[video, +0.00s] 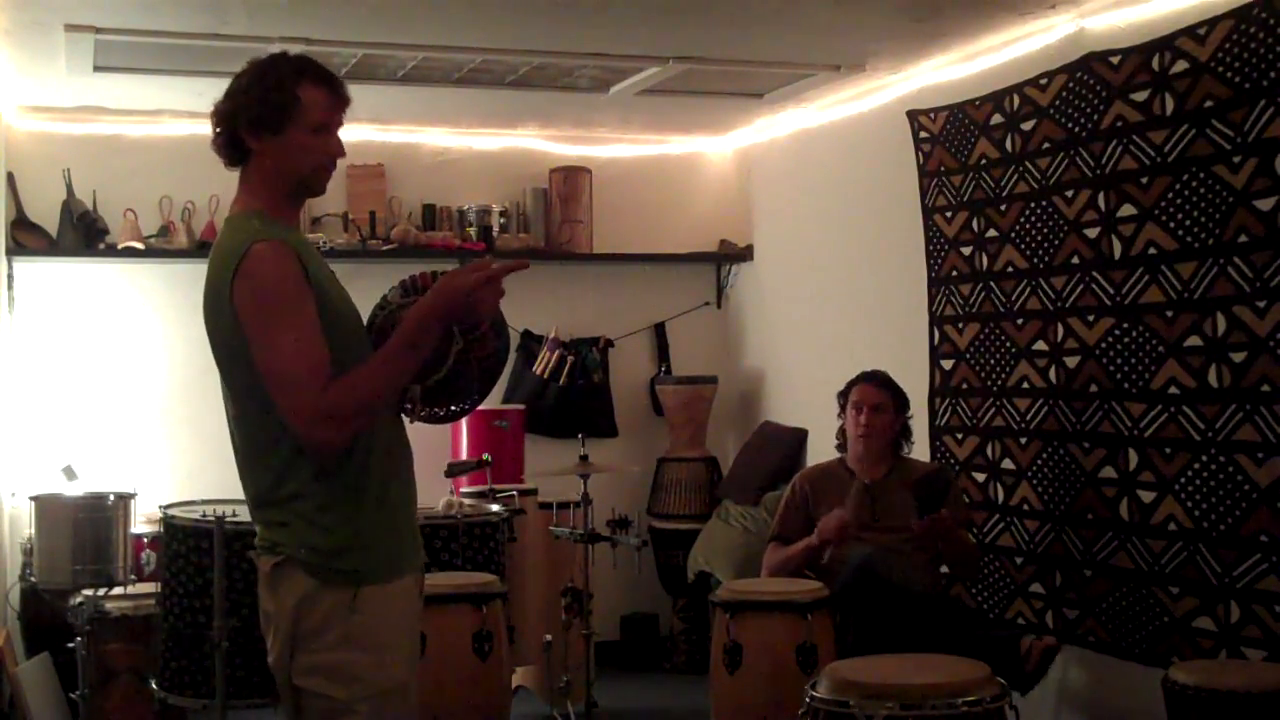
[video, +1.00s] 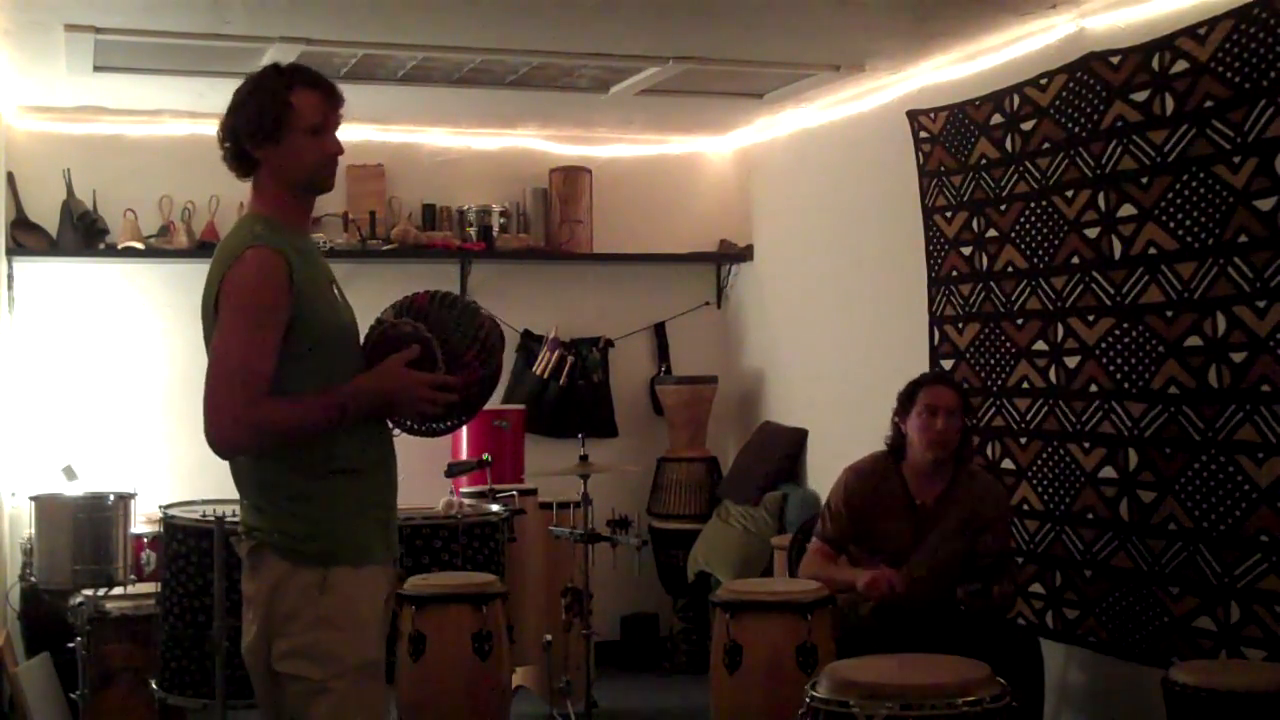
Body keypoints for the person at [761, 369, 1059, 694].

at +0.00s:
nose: (865, 419)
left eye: (877, 410)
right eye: (856, 408)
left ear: (898, 422)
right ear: (843, 417)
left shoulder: (930, 480)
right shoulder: (810, 483)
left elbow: (971, 568)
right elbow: (770, 570)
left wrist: (946, 538)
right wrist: (815, 540)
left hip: (922, 604)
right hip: (839, 610)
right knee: (868, 566)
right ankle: (1008, 650)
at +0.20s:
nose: (878, 420)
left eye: (891, 411)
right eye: (870, 408)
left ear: (908, 423)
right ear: (854, 413)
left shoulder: (936, 478)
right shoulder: (817, 481)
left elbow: (972, 567)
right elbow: (772, 564)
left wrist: (950, 537)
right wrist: (819, 542)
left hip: (926, 613)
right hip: (849, 617)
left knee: (997, 645)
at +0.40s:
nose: (904, 412)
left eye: (915, 403)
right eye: (893, 399)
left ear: (923, 414)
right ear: (868, 405)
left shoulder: (949, 475)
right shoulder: (828, 472)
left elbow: (981, 568)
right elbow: (781, 558)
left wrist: (956, 535)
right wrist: (829, 530)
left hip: (933, 616)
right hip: (852, 617)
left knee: (1013, 644)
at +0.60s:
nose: (919, 408)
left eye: (930, 400)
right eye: (908, 396)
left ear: (940, 411)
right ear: (881, 404)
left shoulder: (961, 479)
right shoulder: (838, 472)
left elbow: (986, 572)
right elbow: (790, 558)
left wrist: (969, 546)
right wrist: (836, 546)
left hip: (935, 614)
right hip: (856, 616)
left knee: (1022, 647)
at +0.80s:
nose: (931, 414)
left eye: (942, 404)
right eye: (918, 401)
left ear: (952, 416)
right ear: (889, 409)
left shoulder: (973, 482)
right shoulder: (848, 477)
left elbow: (1000, 568)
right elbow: (803, 565)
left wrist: (977, 570)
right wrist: (849, 554)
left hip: (943, 615)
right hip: (866, 616)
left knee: (1021, 648)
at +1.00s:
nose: (941, 425)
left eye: (952, 415)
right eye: (930, 413)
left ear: (962, 426)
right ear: (903, 421)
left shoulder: (985, 492)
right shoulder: (861, 481)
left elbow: (1002, 583)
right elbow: (811, 566)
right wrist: (858, 577)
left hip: (953, 622)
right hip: (873, 622)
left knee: (1019, 646)